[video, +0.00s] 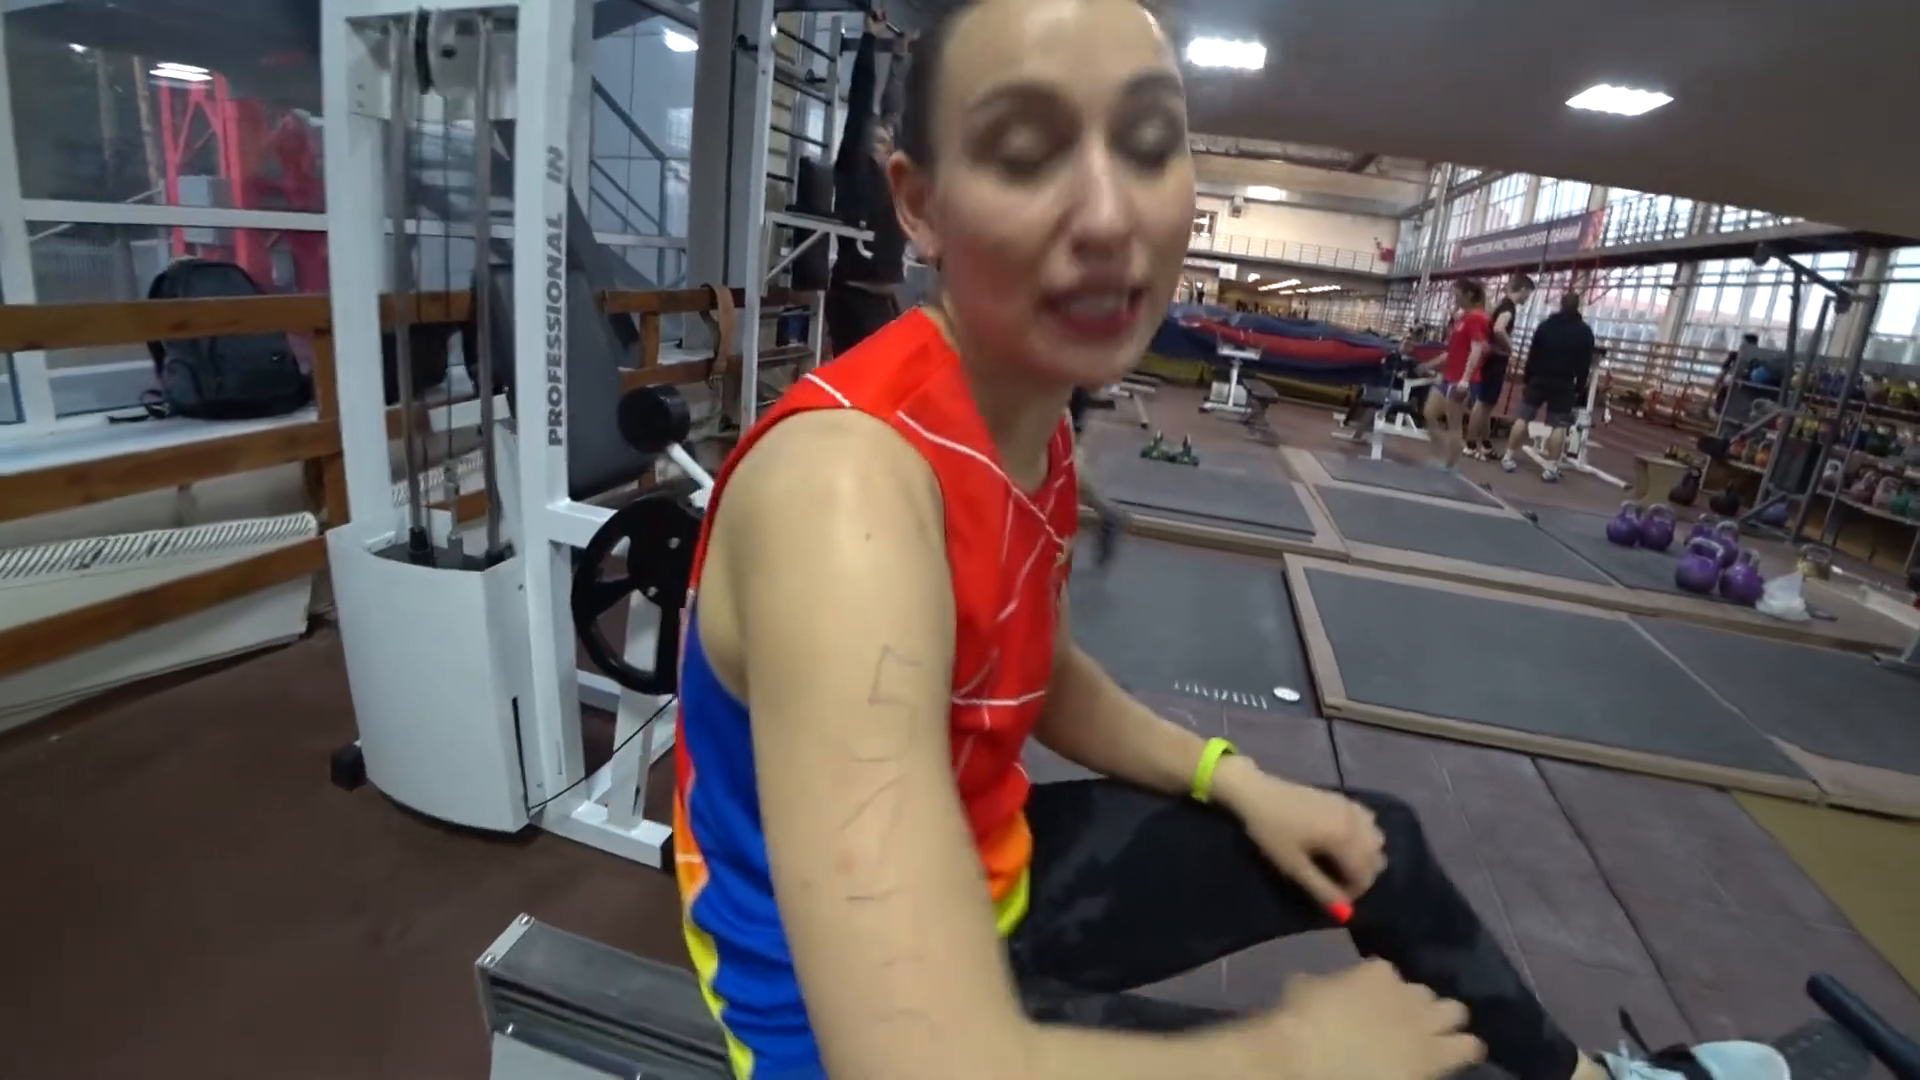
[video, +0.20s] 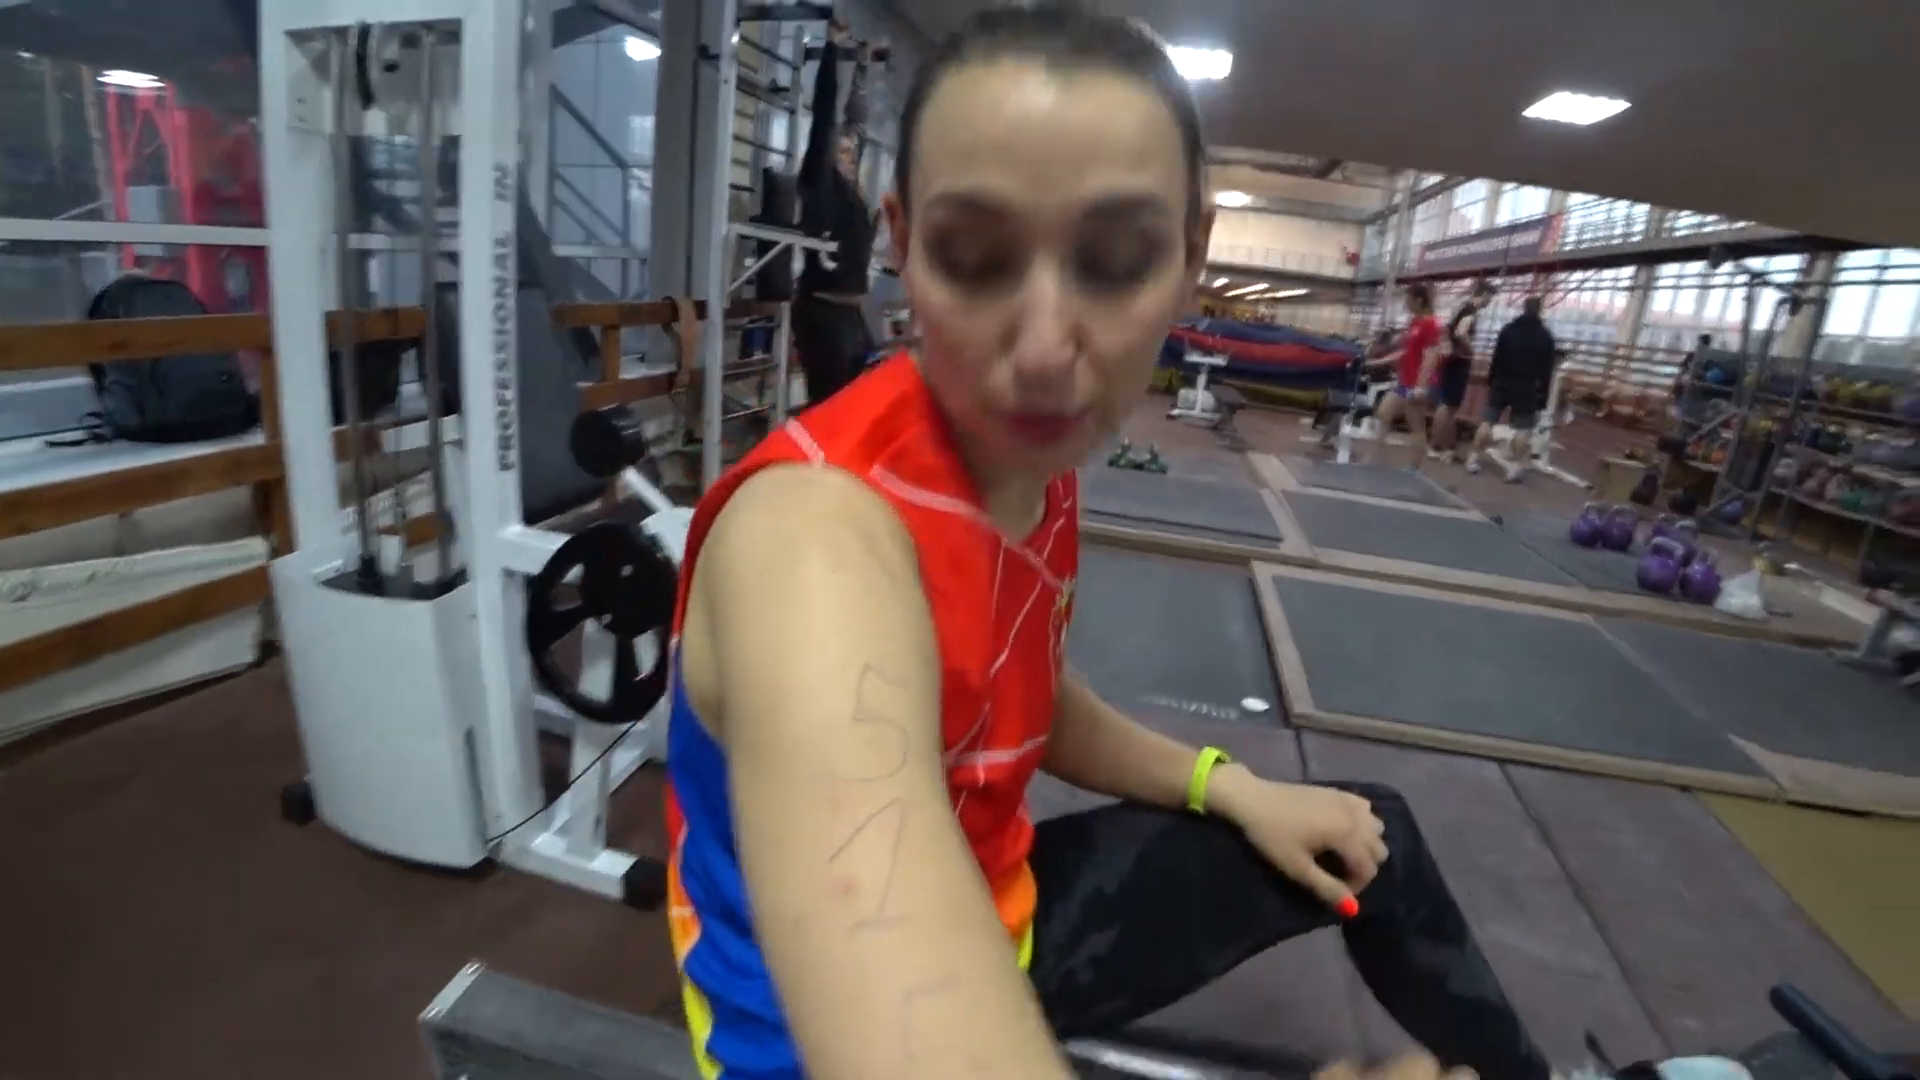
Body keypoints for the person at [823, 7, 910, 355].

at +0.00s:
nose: (886, 148)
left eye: (887, 142)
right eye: (879, 142)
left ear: (891, 147)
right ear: (863, 144)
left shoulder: (892, 174)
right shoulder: (854, 168)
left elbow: (892, 113)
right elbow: (860, 108)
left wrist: (900, 58)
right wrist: (869, 38)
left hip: (883, 289)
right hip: (854, 288)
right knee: (861, 380)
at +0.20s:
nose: (847, 157)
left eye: (851, 151)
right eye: (840, 150)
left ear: (856, 157)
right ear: (826, 153)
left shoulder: (850, 189)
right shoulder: (818, 183)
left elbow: (856, 128)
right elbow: (823, 119)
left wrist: (865, 64)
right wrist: (832, 48)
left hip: (850, 304)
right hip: (822, 304)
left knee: (858, 394)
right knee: (832, 401)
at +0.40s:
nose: (798, 184)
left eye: (800, 177)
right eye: (790, 178)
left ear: (804, 184)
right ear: (775, 182)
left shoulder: (801, 219)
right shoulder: (766, 212)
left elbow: (802, 158)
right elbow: (771, 148)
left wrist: (812, 98)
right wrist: (779, 80)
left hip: (798, 336)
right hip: (769, 334)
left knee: (796, 427)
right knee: (779, 429)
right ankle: (727, 487)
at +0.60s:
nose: (758, 193)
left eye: (764, 185)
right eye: (751, 185)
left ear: (778, 190)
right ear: (737, 187)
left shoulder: (769, 231)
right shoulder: (727, 220)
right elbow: (730, 152)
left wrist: (773, 104)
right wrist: (739, 87)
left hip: (758, 329)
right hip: (722, 331)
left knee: (753, 433)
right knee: (735, 438)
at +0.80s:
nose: (690, 153)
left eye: (698, 143)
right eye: (691, 142)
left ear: (731, 149)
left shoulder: (750, 207)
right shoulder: (699, 209)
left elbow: (755, 288)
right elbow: (674, 288)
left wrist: (682, 329)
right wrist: (609, 262)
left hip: (721, 358)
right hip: (684, 354)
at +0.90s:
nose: (655, 118)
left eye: (663, 108)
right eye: (657, 108)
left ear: (694, 116)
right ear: (692, 117)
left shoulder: (717, 174)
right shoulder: (669, 180)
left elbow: (721, 256)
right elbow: (627, 247)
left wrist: (645, 289)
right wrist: (566, 215)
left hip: (687, 334)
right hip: (641, 329)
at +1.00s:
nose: (613, 65)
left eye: (624, 54)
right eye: (615, 54)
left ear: (657, 60)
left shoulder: (684, 125)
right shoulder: (622, 132)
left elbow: (693, 210)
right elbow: (584, 194)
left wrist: (618, 247)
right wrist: (519, 158)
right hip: (599, 288)